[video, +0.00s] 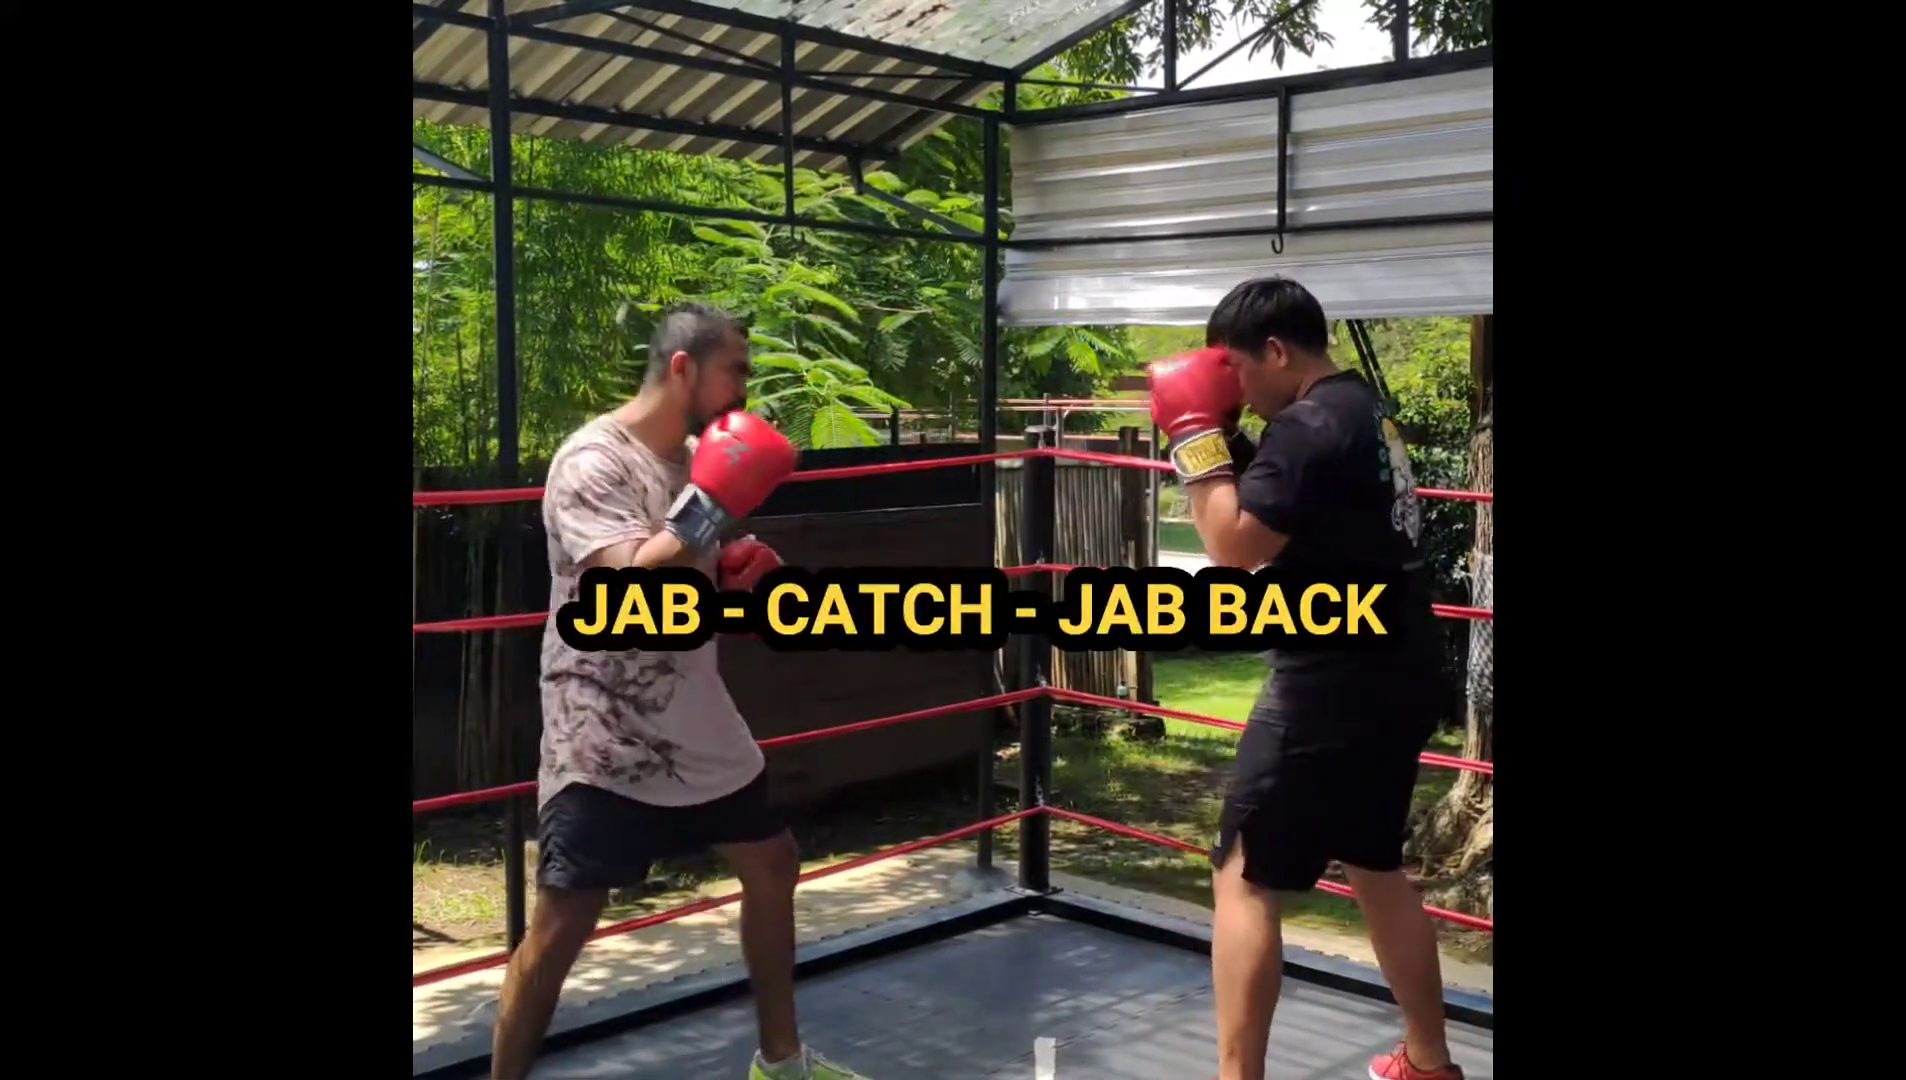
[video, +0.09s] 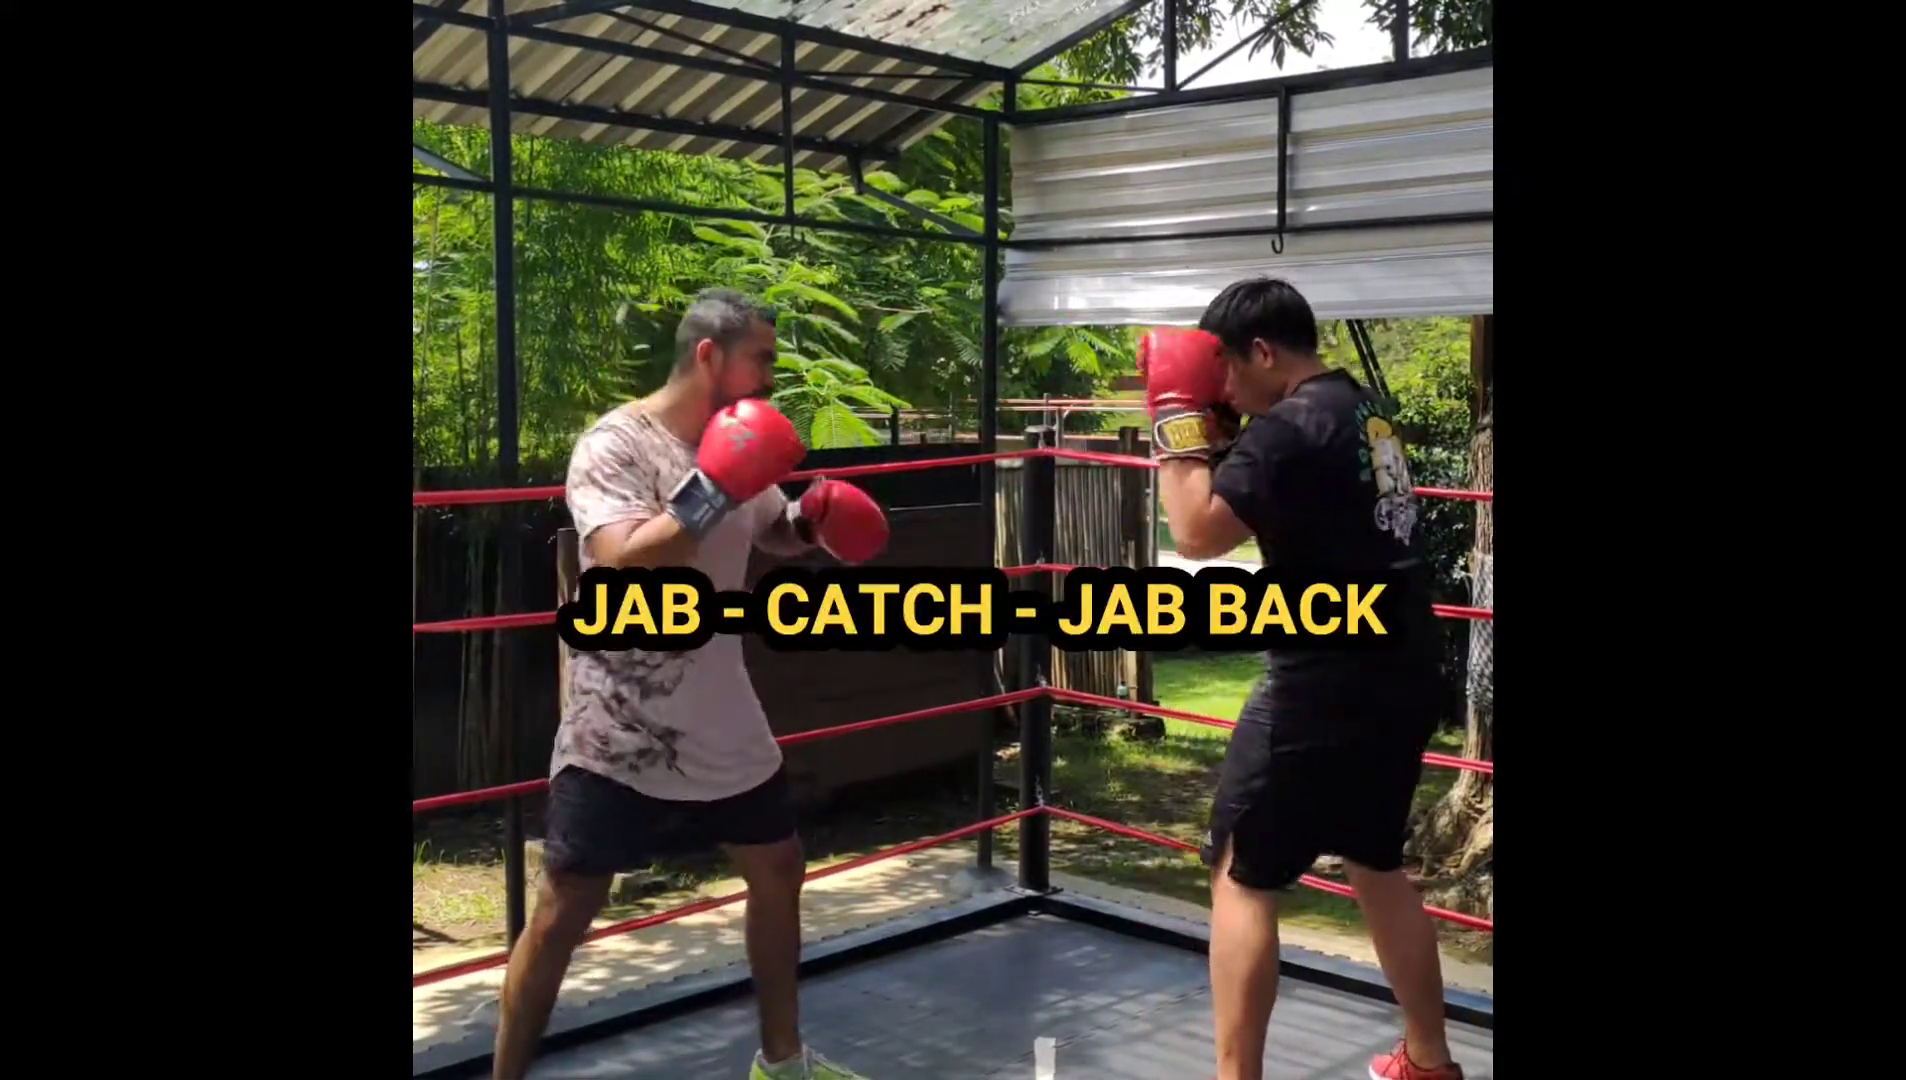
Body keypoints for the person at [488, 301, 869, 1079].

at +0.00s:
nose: (744, 392)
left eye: (747, 375)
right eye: (735, 372)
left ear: (689, 373)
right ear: (682, 368)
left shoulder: (700, 462)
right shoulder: (586, 463)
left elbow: (684, 575)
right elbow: (628, 572)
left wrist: (729, 575)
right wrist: (712, 500)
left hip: (697, 716)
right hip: (600, 729)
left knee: (772, 867)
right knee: (558, 930)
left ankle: (782, 1056)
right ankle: (504, 1076)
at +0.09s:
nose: (769, 380)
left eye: (773, 364)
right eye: (761, 361)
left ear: (719, 360)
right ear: (707, 355)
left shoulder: (741, 462)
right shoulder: (611, 444)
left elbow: (777, 535)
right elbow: (617, 556)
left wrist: (825, 529)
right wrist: (714, 488)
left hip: (721, 714)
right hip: (613, 722)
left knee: (778, 873)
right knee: (560, 915)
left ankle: (783, 1057)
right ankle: (505, 1075)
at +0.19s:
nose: (800, 387)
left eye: (805, 373)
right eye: (792, 370)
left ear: (761, 369)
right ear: (737, 361)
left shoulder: (799, 441)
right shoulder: (641, 440)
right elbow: (627, 546)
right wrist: (726, 475)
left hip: (734, 724)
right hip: (620, 725)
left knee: (792, 868)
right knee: (565, 899)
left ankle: (785, 1057)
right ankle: (503, 1073)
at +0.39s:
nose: (804, 392)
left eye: (807, 377)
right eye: (796, 375)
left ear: (751, 373)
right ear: (743, 369)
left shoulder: (780, 454)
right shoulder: (640, 449)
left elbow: (876, 510)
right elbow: (640, 562)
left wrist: (923, 465)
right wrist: (741, 494)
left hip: (739, 721)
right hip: (629, 720)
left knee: (795, 864)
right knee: (569, 896)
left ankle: (786, 1057)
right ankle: (494, 1072)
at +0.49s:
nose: (774, 388)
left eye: (776, 373)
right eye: (766, 370)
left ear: (722, 366)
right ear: (716, 363)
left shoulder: (740, 458)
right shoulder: (615, 453)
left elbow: (769, 556)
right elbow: (642, 581)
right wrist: (725, 493)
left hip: (724, 721)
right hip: (616, 725)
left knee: (778, 865)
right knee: (558, 905)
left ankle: (785, 1057)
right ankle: (489, 1072)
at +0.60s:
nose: (746, 391)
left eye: (749, 375)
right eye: (740, 372)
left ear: (697, 371)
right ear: (688, 367)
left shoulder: (708, 466)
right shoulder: (585, 465)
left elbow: (698, 586)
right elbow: (620, 593)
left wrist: (727, 615)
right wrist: (702, 501)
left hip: (702, 732)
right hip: (595, 739)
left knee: (771, 862)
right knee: (544, 922)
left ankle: (783, 1056)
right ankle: (486, 1074)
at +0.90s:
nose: (728, 379)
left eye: (730, 365)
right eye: (720, 362)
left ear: (675, 362)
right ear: (672, 360)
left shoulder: (696, 453)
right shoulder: (584, 463)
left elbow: (738, 551)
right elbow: (654, 573)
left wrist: (724, 583)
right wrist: (701, 462)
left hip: (693, 708)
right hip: (600, 719)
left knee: (759, 862)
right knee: (556, 912)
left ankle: (758, 1055)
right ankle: (490, 1074)